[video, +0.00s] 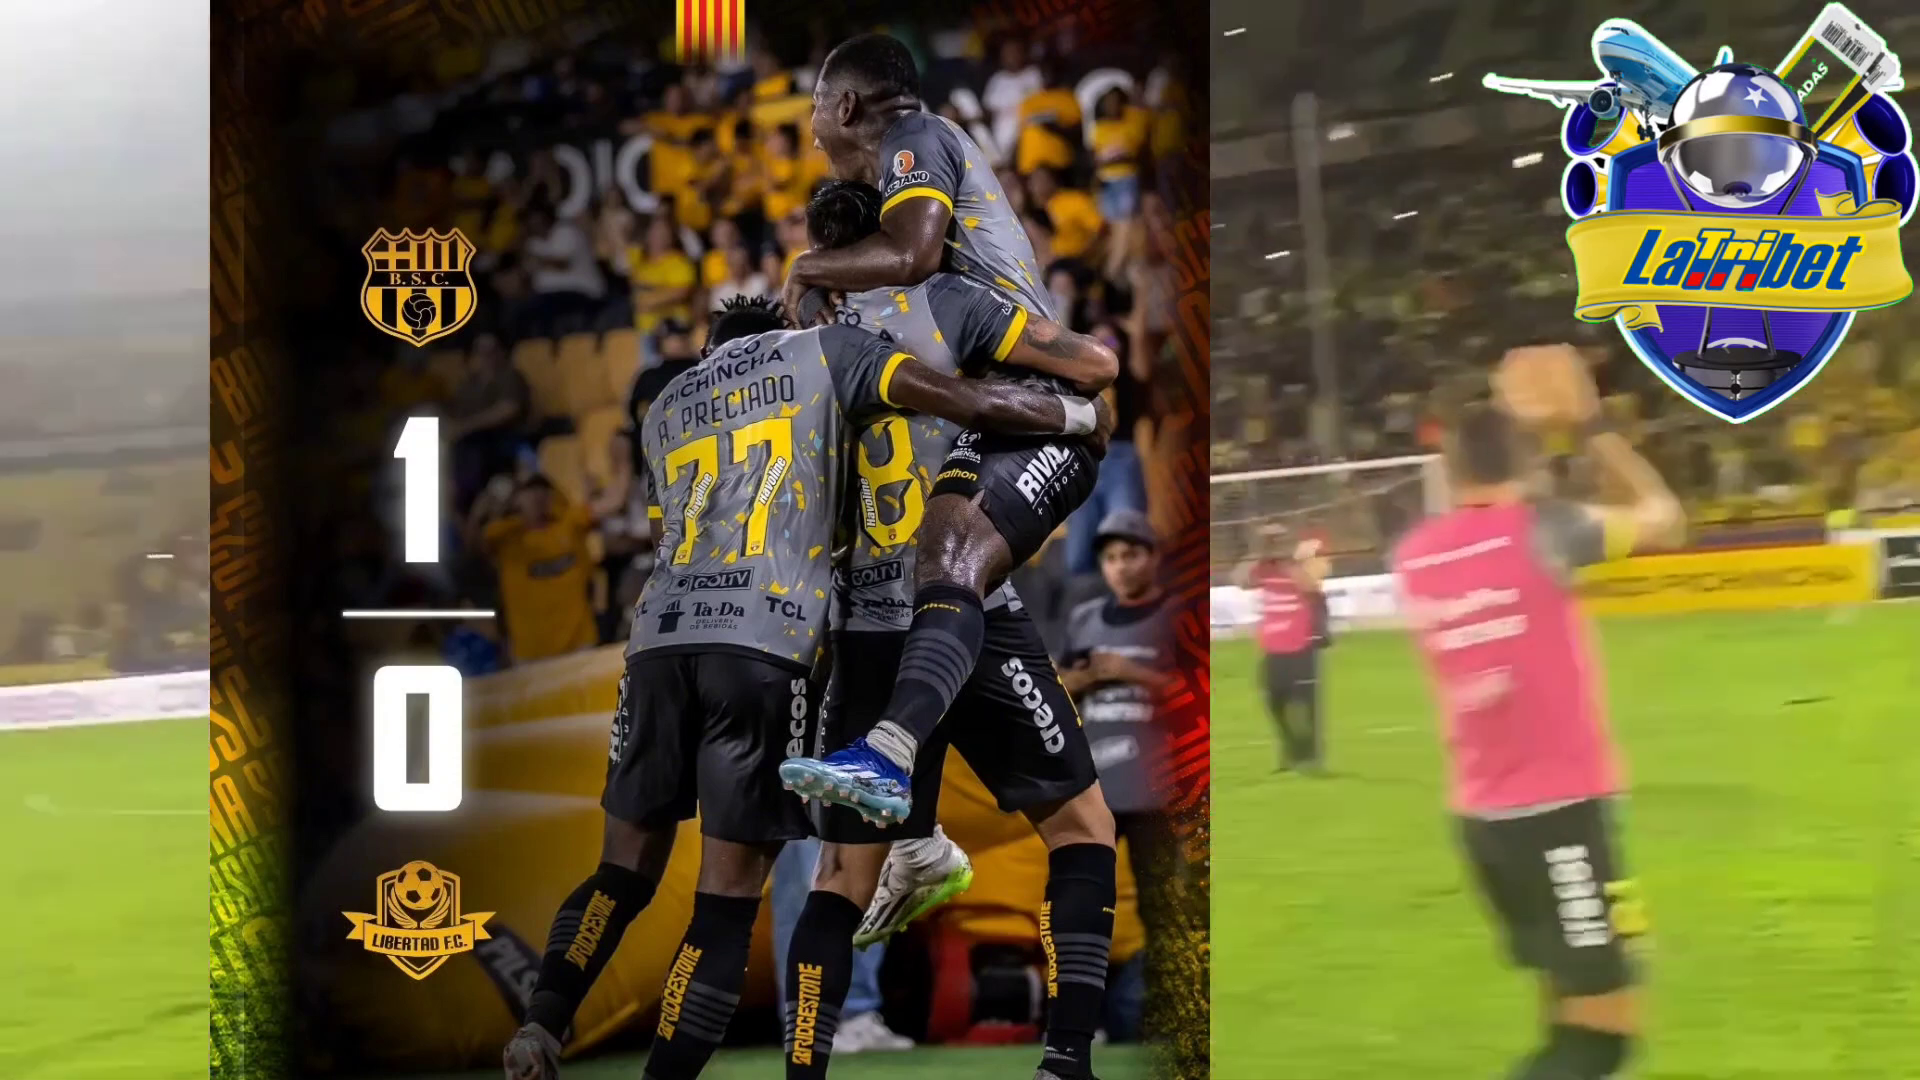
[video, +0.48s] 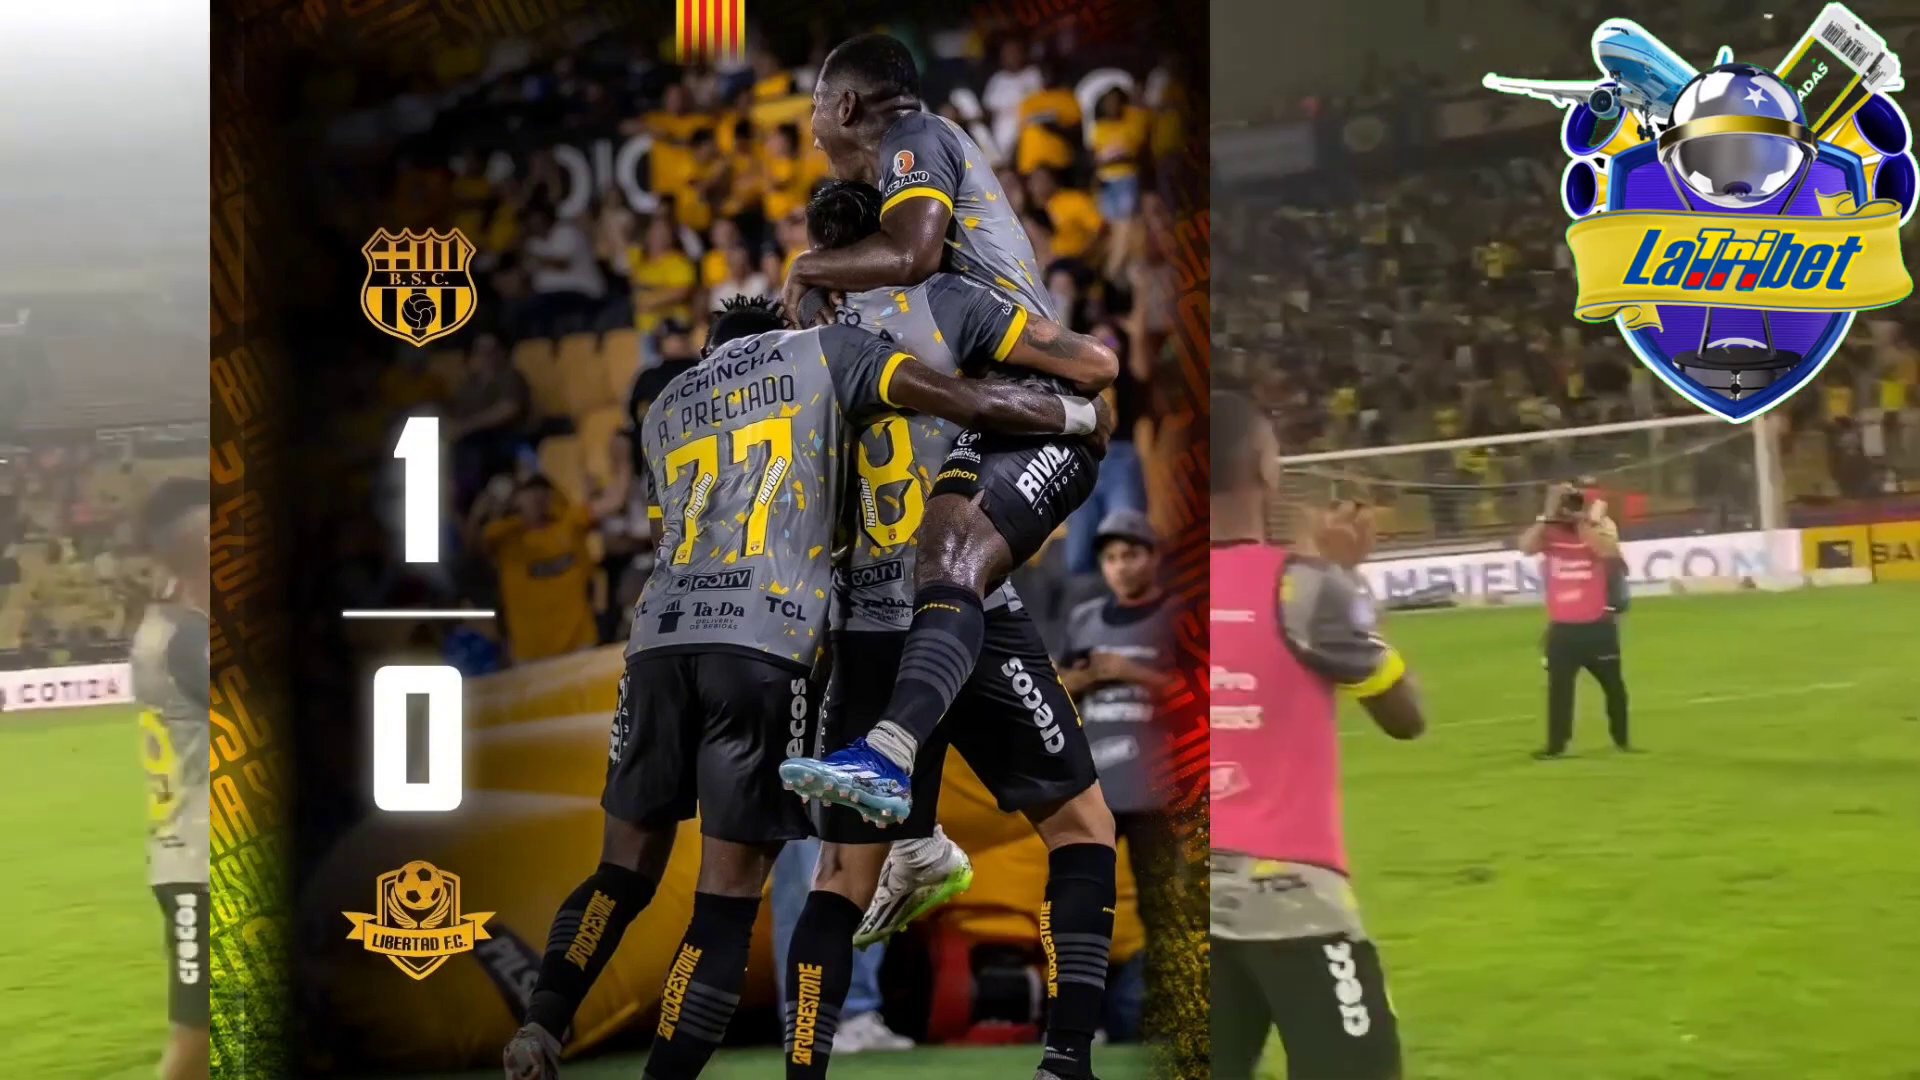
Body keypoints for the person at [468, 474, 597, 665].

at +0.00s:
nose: (537, 500)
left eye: (541, 493)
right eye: (529, 494)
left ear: (551, 497)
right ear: (518, 501)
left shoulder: (570, 524)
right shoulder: (504, 534)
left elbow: (611, 503)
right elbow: (472, 542)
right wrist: (482, 507)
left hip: (576, 638)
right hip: (529, 643)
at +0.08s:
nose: (537, 500)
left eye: (541, 494)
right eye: (529, 494)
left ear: (551, 497)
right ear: (518, 501)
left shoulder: (570, 524)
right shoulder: (504, 534)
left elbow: (612, 503)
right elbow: (472, 543)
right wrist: (482, 507)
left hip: (576, 638)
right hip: (529, 644)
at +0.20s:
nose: (537, 500)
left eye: (541, 494)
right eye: (529, 494)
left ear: (551, 497)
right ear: (518, 501)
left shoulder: (570, 524)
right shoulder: (504, 534)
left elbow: (612, 503)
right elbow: (472, 543)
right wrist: (482, 507)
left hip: (576, 638)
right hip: (529, 644)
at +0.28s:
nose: (538, 500)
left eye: (543, 493)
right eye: (530, 494)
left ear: (552, 497)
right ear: (518, 500)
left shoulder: (570, 524)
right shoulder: (504, 534)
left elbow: (612, 502)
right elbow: (472, 542)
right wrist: (484, 504)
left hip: (576, 639)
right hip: (530, 645)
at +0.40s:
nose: (537, 500)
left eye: (541, 493)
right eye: (529, 494)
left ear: (551, 497)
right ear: (518, 500)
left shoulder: (570, 524)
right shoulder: (503, 533)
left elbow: (612, 502)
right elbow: (472, 544)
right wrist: (481, 508)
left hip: (576, 639)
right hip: (529, 645)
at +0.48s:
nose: (537, 500)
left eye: (541, 493)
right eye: (529, 494)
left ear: (551, 497)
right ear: (518, 501)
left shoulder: (570, 524)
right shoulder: (504, 534)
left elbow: (612, 502)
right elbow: (472, 543)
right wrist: (482, 507)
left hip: (576, 638)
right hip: (529, 644)